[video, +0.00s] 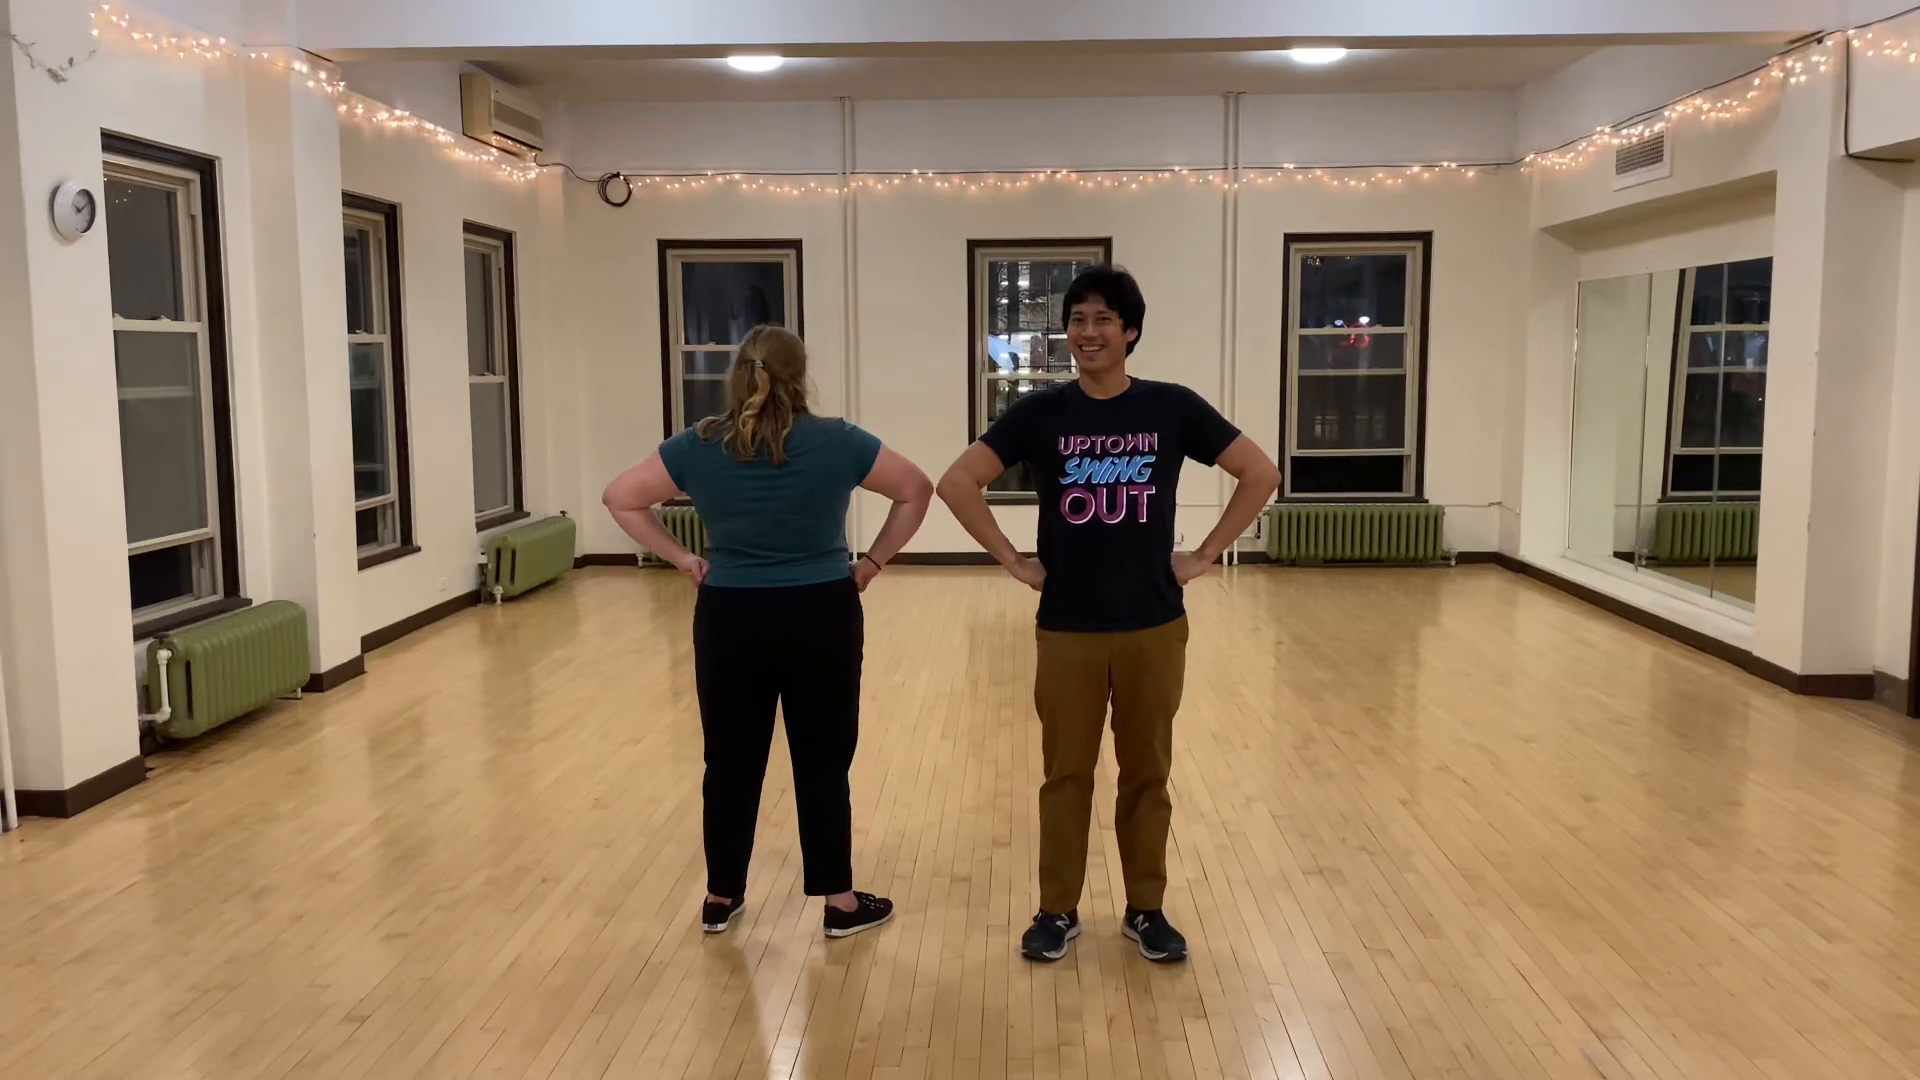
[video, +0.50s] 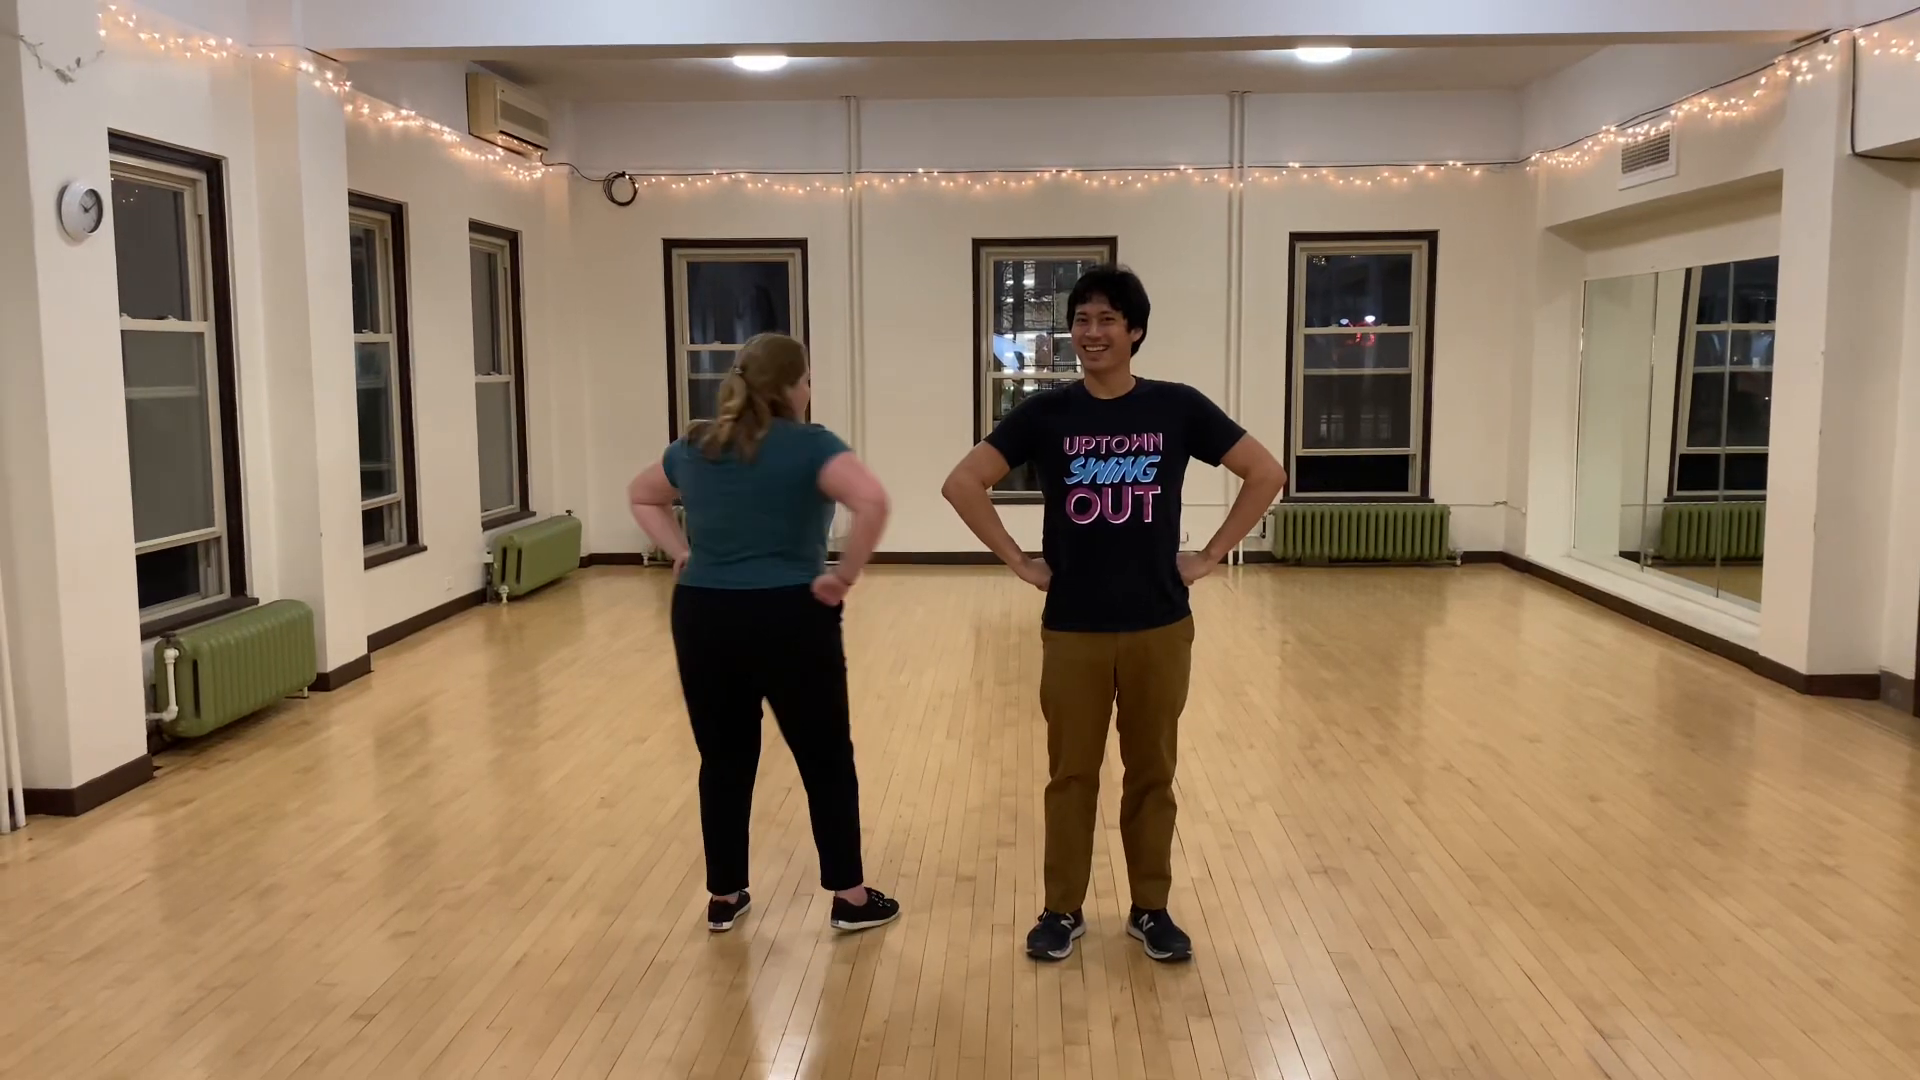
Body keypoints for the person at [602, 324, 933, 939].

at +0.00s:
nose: (801, 378)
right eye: (800, 370)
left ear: (737, 379)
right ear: (800, 379)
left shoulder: (700, 447)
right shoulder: (836, 442)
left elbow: (621, 498)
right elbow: (916, 490)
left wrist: (684, 560)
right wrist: (873, 561)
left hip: (729, 624)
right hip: (821, 621)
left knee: (730, 761)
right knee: (824, 762)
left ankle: (721, 897)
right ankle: (840, 899)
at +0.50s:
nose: (810, 391)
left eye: (808, 380)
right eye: (807, 382)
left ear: (742, 386)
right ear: (792, 388)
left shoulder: (696, 448)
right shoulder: (809, 444)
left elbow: (643, 497)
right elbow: (872, 500)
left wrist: (682, 553)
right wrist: (842, 576)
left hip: (705, 622)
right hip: (793, 622)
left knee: (724, 759)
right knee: (826, 758)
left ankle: (725, 895)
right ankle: (848, 894)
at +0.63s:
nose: (805, 390)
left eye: (806, 379)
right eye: (793, 379)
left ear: (746, 390)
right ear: (757, 385)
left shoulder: (720, 437)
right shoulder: (761, 434)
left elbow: (710, 521)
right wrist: (774, 569)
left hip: (685, 604)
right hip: (747, 607)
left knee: (719, 749)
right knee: (810, 736)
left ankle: (727, 892)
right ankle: (836, 881)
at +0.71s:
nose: (784, 386)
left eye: (793, 376)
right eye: (771, 375)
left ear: (800, 386)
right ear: (742, 382)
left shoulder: (762, 443)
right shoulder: (732, 431)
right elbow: (694, 479)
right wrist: (724, 562)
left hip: (705, 607)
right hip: (722, 611)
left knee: (719, 751)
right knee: (801, 733)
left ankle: (725, 891)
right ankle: (783, 877)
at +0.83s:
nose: (758, 383)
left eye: (770, 373)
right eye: (745, 372)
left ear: (786, 382)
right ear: (724, 380)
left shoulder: (788, 446)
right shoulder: (701, 431)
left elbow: (819, 505)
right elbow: (628, 478)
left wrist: (789, 551)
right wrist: (674, 565)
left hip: (753, 610)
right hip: (694, 606)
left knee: (728, 748)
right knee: (748, 742)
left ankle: (723, 887)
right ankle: (699, 892)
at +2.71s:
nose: (746, 370)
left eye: (744, 359)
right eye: (733, 362)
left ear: (733, 371)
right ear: (694, 375)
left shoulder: (761, 434)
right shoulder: (655, 437)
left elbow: (830, 485)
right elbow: (575, 496)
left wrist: (782, 550)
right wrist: (634, 577)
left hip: (750, 615)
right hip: (674, 620)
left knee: (735, 759)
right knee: (676, 770)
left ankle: (730, 888)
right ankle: (662, 921)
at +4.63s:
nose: (774, 385)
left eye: (782, 373)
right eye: (759, 374)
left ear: (792, 380)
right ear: (731, 382)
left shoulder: (794, 443)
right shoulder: (701, 443)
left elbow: (830, 492)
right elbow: (643, 519)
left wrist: (818, 558)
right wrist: (724, 570)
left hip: (776, 614)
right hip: (708, 615)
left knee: (737, 754)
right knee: (753, 757)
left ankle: (711, 892)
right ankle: (745, 906)